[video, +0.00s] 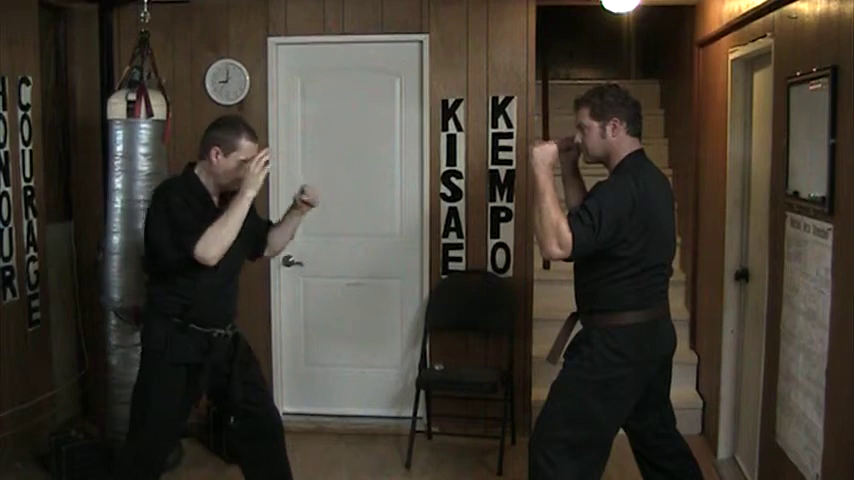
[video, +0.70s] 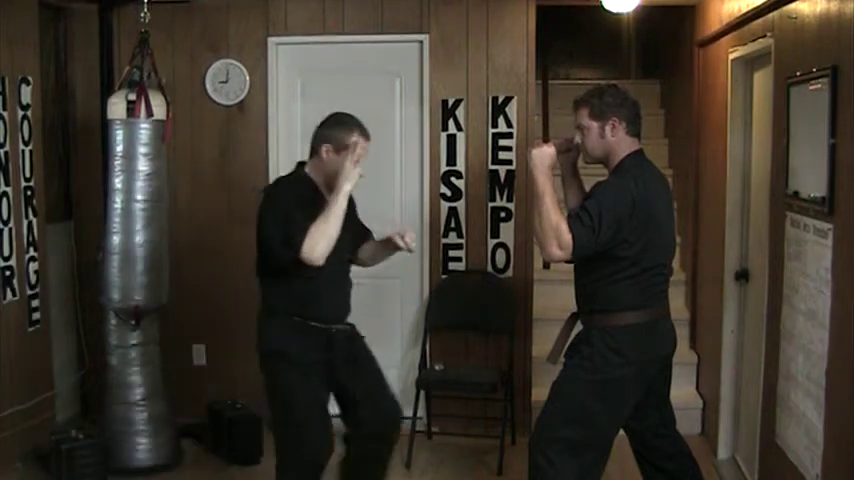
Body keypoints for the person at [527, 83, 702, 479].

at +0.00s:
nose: (579, 138)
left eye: (583, 129)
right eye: (578, 130)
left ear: (613, 128)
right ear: (619, 128)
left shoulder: (622, 186)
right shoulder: (654, 182)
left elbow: (559, 245)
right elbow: (587, 229)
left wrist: (542, 171)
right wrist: (571, 170)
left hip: (613, 342)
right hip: (652, 336)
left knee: (554, 451)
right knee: (660, 446)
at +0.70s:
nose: (578, 139)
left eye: (582, 130)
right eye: (577, 131)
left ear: (612, 127)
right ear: (617, 128)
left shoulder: (622, 186)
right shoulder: (652, 180)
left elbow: (559, 246)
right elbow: (585, 231)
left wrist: (541, 174)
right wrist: (570, 171)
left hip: (613, 342)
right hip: (652, 336)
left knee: (554, 452)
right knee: (660, 446)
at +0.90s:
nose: (576, 140)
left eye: (581, 129)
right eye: (577, 130)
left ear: (612, 128)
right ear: (615, 129)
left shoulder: (621, 187)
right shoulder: (650, 179)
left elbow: (560, 249)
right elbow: (640, 261)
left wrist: (543, 178)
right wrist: (596, 311)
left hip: (615, 341)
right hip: (651, 335)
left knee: (555, 451)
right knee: (660, 446)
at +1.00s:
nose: (576, 140)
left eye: (582, 129)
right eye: (577, 130)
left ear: (613, 128)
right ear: (615, 129)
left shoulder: (623, 187)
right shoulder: (650, 179)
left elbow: (563, 250)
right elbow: (639, 259)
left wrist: (545, 179)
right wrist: (594, 309)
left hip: (616, 341)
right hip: (651, 335)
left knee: (555, 453)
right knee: (660, 447)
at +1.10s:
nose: (578, 140)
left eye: (583, 130)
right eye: (579, 131)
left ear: (614, 129)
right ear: (618, 129)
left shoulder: (626, 187)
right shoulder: (647, 179)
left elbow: (566, 256)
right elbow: (588, 244)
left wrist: (546, 182)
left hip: (618, 342)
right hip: (651, 336)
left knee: (557, 452)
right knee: (660, 447)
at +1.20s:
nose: (578, 141)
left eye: (583, 131)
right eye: (578, 132)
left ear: (614, 130)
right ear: (617, 130)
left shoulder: (626, 188)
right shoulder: (647, 179)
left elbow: (571, 259)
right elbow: (586, 241)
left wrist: (548, 187)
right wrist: (539, 274)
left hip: (619, 342)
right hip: (652, 336)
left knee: (556, 453)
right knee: (660, 448)